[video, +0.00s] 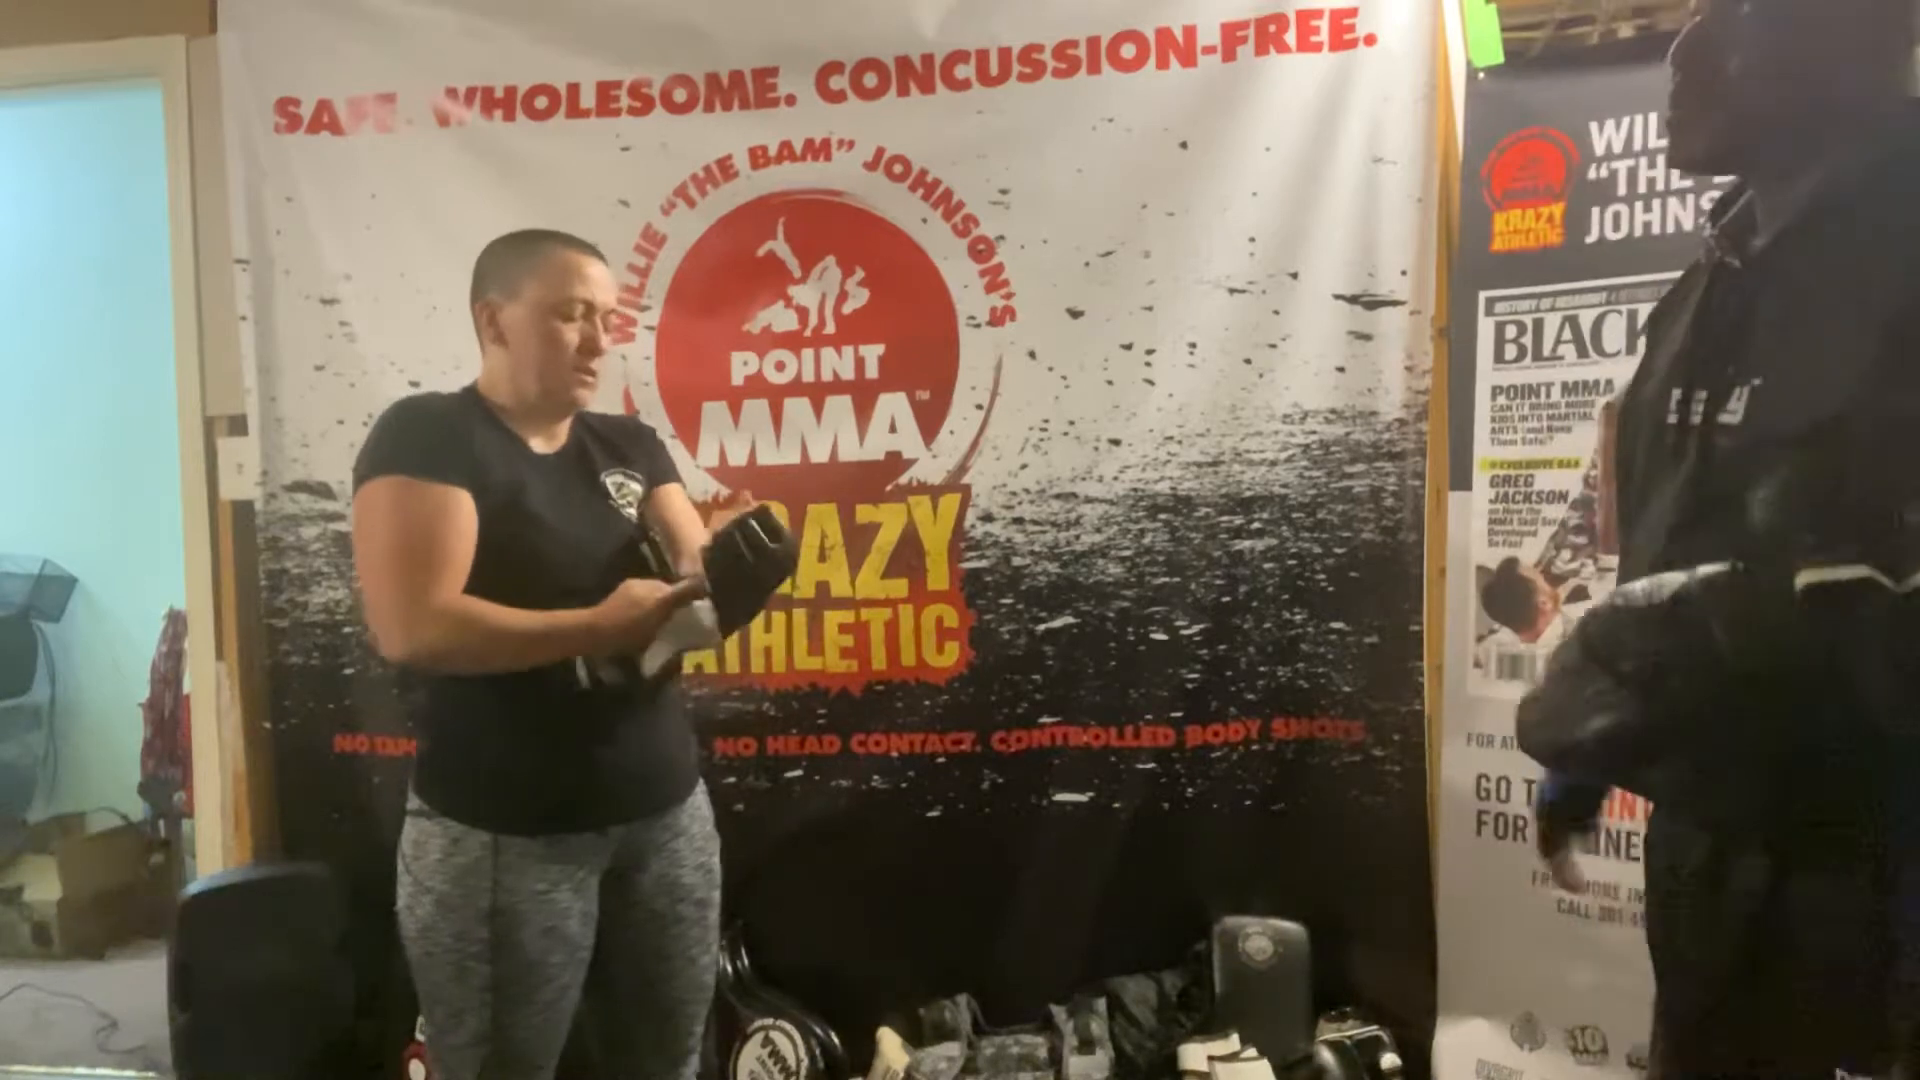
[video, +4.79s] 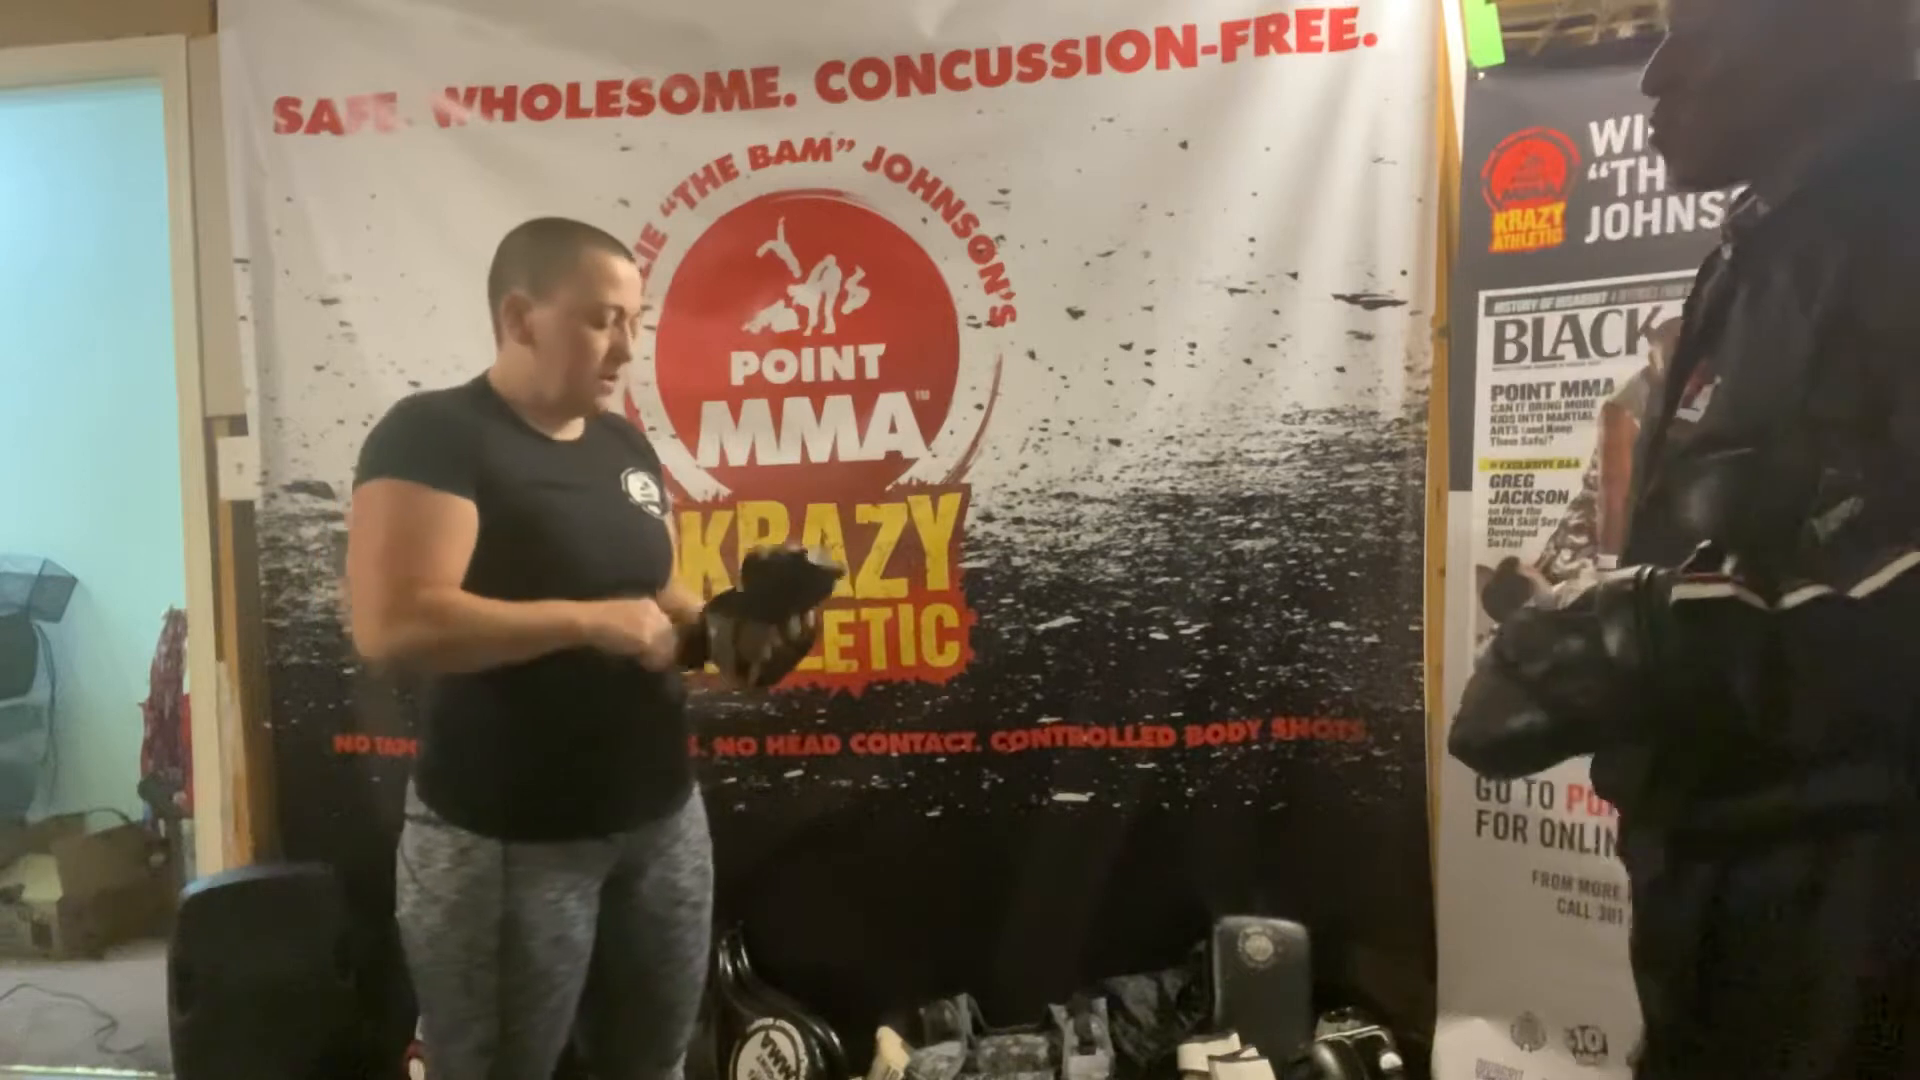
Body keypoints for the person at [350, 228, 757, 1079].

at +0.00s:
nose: (599, 339)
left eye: (606, 319)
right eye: (572, 312)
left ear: (613, 328)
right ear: (491, 319)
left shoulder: (628, 444)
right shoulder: (424, 436)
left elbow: (700, 581)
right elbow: (412, 626)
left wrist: (727, 549)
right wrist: (600, 627)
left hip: (664, 828)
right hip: (499, 846)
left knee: (658, 1065)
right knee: (496, 1068)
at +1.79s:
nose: (546, 351)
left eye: (557, 329)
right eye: (524, 323)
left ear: (564, 331)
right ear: (439, 314)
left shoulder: (560, 439)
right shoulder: (364, 437)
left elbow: (661, 568)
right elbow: (413, 597)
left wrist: (621, 625)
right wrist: (611, 580)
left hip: (609, 828)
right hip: (448, 852)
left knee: (635, 1065)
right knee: (467, 1067)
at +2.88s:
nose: (609, 356)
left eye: (617, 335)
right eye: (590, 329)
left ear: (621, 340)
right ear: (508, 318)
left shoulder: (625, 448)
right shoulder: (421, 433)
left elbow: (704, 587)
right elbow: (449, 610)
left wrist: (736, 656)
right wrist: (634, 589)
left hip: (653, 825)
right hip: (490, 842)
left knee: (656, 1064)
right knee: (493, 1068)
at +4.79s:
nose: (628, 347)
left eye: (634, 323)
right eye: (606, 320)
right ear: (520, 317)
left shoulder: (626, 449)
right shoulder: (428, 435)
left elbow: (645, 600)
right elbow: (394, 624)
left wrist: (725, 633)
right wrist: (592, 621)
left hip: (657, 828)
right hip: (499, 846)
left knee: (646, 1064)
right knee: (492, 1067)